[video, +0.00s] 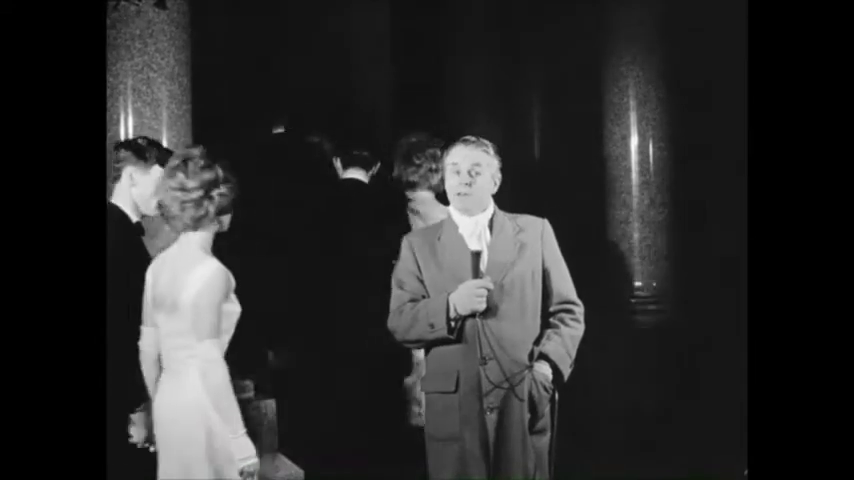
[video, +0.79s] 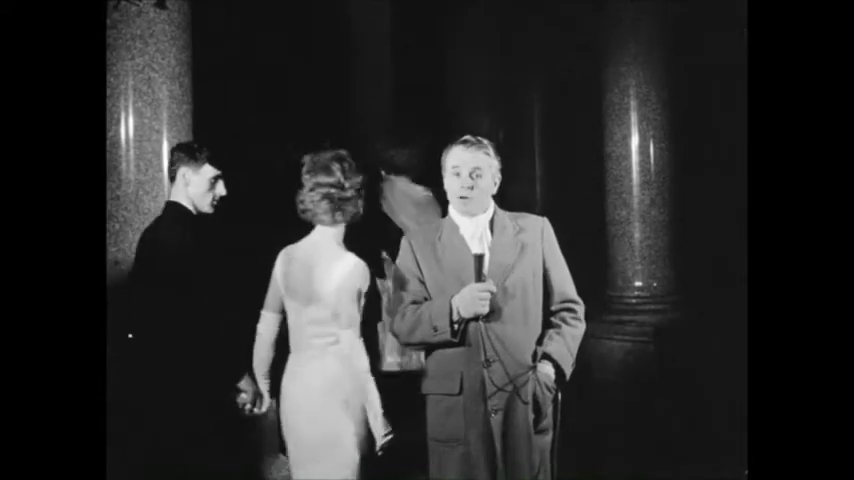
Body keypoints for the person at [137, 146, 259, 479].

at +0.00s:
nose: (233, 210)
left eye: (230, 200)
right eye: (229, 202)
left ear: (178, 208)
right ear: (219, 209)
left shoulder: (157, 267)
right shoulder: (211, 273)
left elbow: (148, 348)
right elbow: (211, 363)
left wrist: (159, 405)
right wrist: (241, 443)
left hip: (168, 394)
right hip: (205, 394)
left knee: (177, 472)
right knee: (208, 472)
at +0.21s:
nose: (267, 212)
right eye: (266, 204)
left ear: (213, 207)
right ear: (260, 210)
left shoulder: (196, 265)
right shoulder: (249, 273)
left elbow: (183, 346)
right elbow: (250, 366)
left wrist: (187, 405)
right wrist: (279, 448)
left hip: (205, 397)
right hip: (245, 398)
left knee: (208, 472)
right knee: (245, 473)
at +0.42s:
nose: (307, 209)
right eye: (306, 202)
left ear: (254, 204)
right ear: (300, 209)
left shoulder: (234, 260)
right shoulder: (295, 271)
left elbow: (218, 336)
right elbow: (292, 356)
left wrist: (215, 394)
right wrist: (316, 433)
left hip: (244, 388)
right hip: (285, 391)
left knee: (248, 472)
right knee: (291, 472)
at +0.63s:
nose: (339, 206)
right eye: (337, 198)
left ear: (286, 200)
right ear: (332, 205)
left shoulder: (263, 255)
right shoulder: (330, 266)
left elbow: (246, 327)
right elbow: (328, 344)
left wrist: (243, 383)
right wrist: (353, 417)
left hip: (274, 381)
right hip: (316, 382)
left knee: (282, 470)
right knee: (320, 470)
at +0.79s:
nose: (360, 205)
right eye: (357, 197)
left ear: (307, 203)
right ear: (351, 206)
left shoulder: (286, 258)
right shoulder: (354, 268)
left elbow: (267, 329)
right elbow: (354, 345)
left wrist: (262, 384)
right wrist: (375, 413)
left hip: (297, 377)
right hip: (341, 380)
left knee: (304, 469)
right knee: (341, 469)